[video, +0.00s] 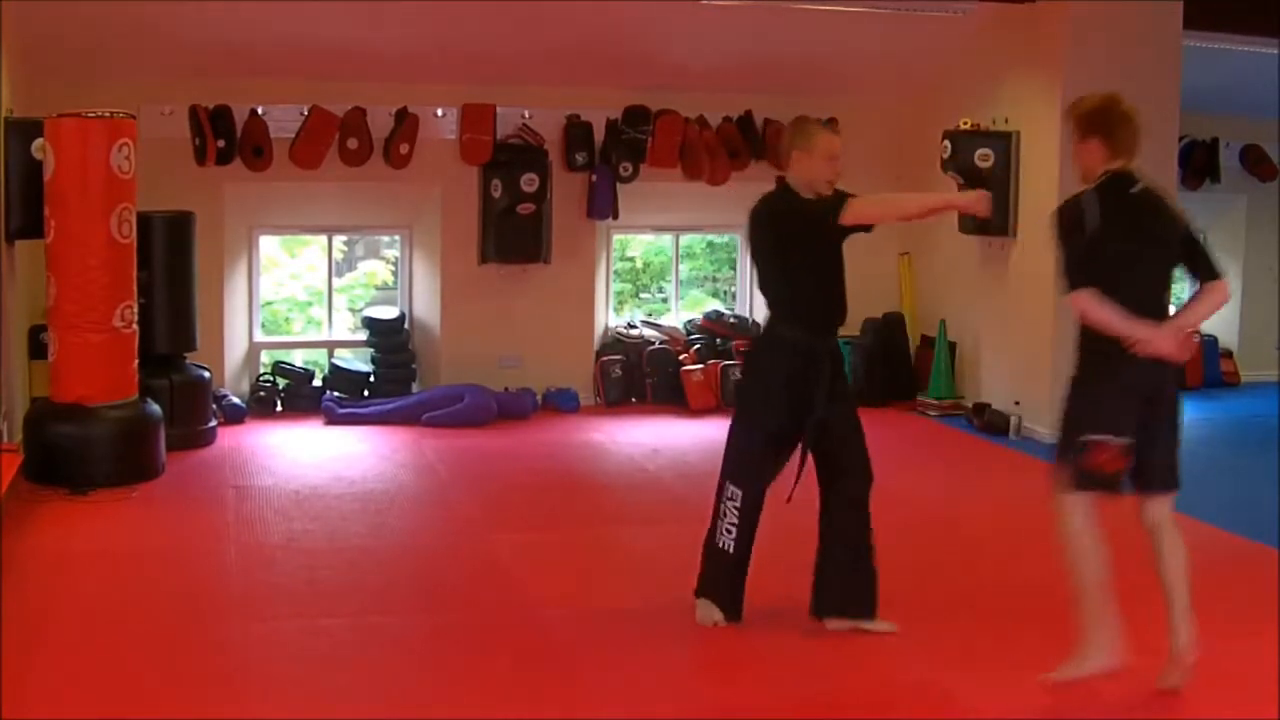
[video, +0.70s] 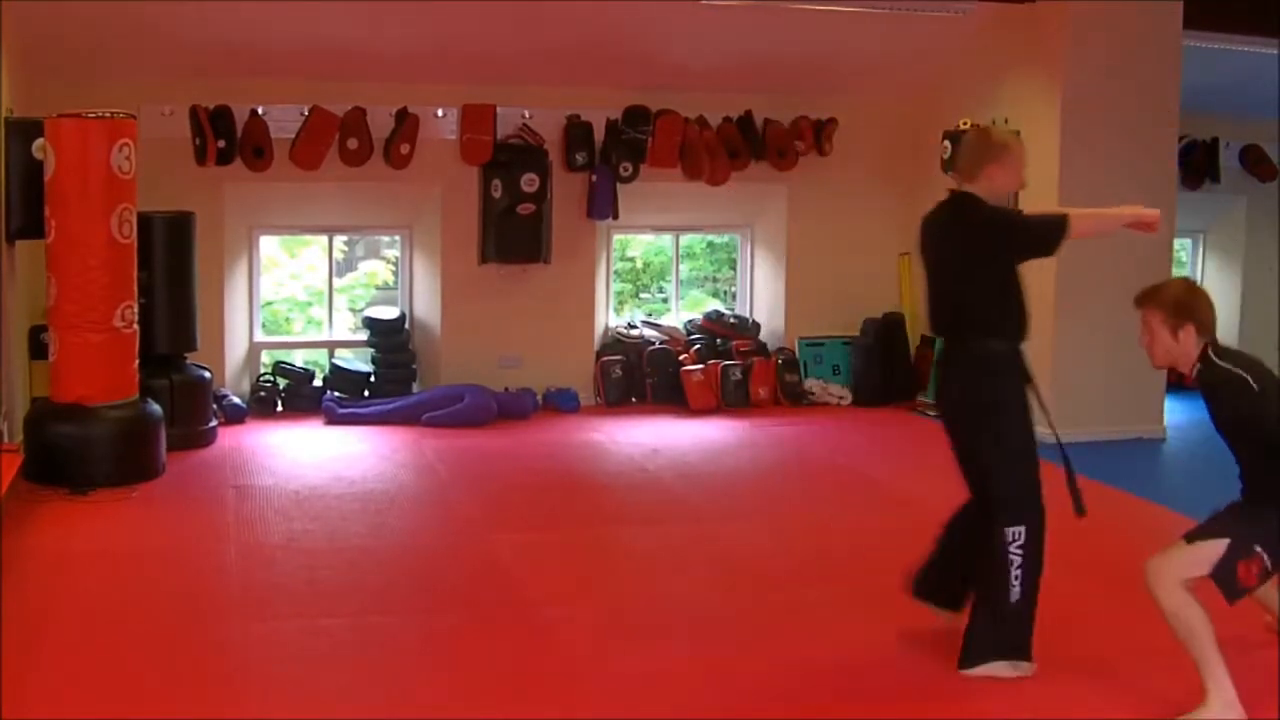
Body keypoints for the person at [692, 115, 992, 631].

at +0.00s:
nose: (836, 171)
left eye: (838, 160)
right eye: (828, 160)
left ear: (813, 163)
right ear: (795, 160)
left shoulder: (824, 207)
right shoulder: (775, 210)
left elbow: (893, 209)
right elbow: (875, 211)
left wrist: (953, 201)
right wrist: (956, 200)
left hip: (822, 361)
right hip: (780, 359)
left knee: (849, 478)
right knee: (744, 478)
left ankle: (842, 604)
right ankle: (715, 594)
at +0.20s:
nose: (886, 173)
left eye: (886, 163)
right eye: (880, 162)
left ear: (845, 165)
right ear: (851, 164)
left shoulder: (834, 215)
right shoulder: (838, 217)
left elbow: (917, 222)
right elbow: (924, 218)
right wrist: (1008, 213)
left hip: (857, 378)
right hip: (838, 378)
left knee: (873, 495)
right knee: (826, 495)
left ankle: (858, 614)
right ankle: (751, 578)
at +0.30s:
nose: (910, 165)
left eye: (910, 156)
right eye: (905, 155)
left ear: (869, 158)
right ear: (878, 157)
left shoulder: (848, 207)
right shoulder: (865, 209)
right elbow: (954, 212)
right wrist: (1033, 204)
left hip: (860, 359)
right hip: (870, 364)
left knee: (865, 482)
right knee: (886, 487)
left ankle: (833, 590)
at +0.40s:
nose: (941, 156)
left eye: (940, 147)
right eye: (936, 147)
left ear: (897, 152)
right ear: (910, 151)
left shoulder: (880, 203)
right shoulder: (890, 205)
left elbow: (961, 213)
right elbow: (974, 207)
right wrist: (1057, 196)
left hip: (881, 356)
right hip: (894, 361)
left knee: (875, 484)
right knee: (926, 486)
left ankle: (851, 611)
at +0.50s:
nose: (971, 175)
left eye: (970, 165)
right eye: (965, 163)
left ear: (924, 164)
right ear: (937, 164)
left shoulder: (896, 215)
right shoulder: (925, 217)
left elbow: (976, 221)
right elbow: (1008, 214)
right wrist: (1084, 204)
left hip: (902, 376)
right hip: (933, 376)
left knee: (898, 497)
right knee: (963, 504)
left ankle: (856, 611)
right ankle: (988, 642)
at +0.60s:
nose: (998, 187)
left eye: (998, 177)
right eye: (994, 175)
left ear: (950, 174)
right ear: (968, 173)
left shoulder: (915, 224)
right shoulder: (955, 226)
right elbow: (1027, 228)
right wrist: (1102, 214)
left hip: (929, 375)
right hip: (964, 376)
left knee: (953, 501)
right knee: (1007, 507)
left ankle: (889, 591)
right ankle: (995, 649)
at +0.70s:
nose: (1018, 183)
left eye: (1017, 172)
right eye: (1013, 172)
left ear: (969, 172)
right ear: (990, 171)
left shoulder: (942, 220)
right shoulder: (972, 221)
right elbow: (1046, 230)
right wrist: (1121, 218)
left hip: (961, 371)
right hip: (986, 373)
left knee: (994, 495)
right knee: (1017, 506)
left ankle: (940, 583)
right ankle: (994, 647)